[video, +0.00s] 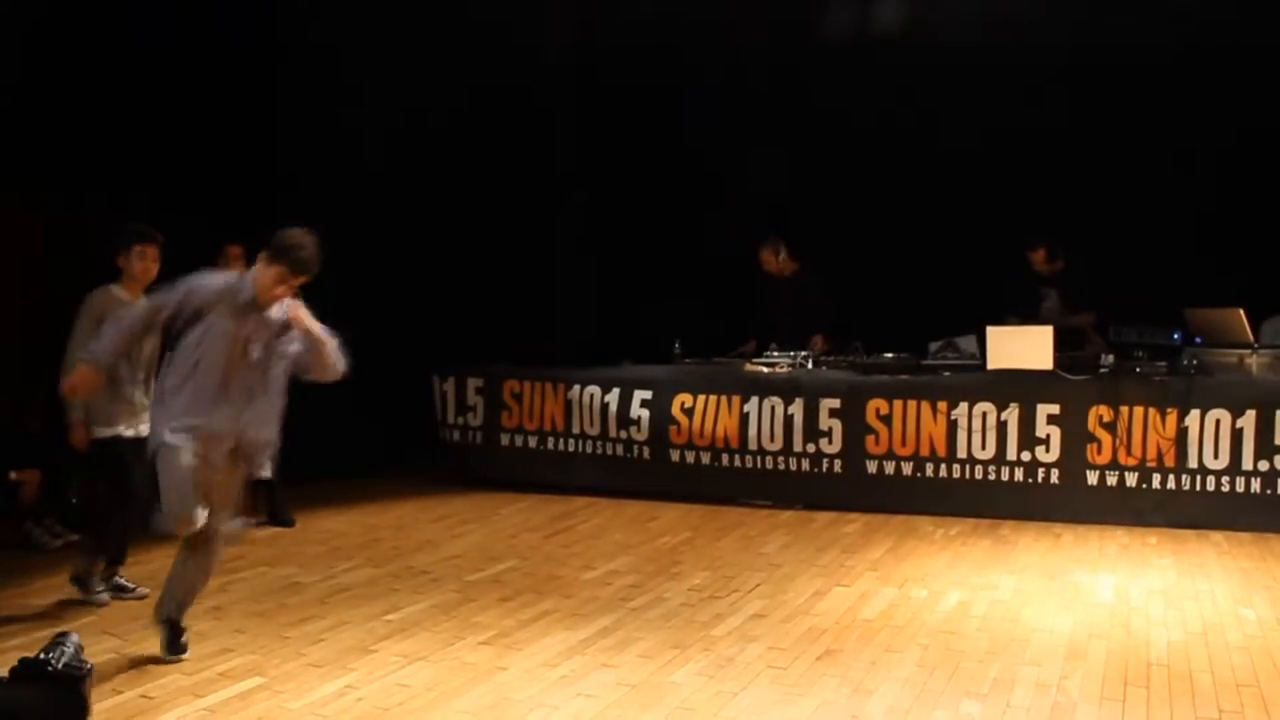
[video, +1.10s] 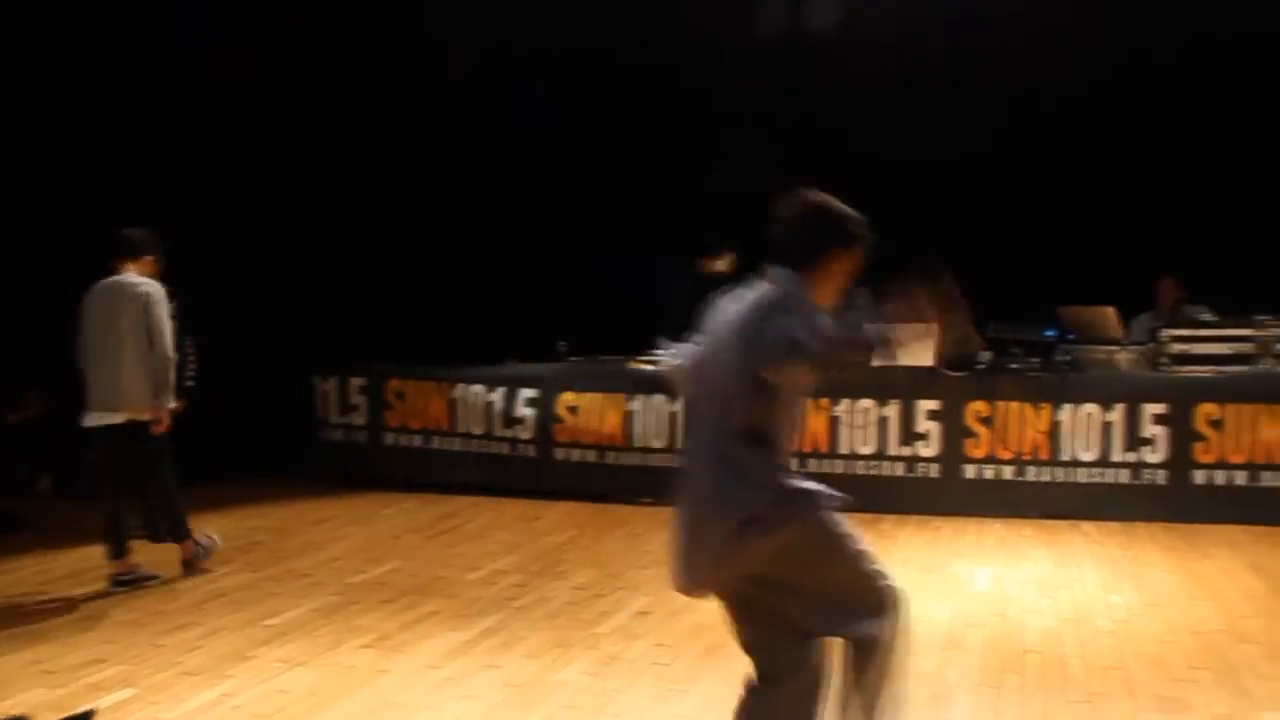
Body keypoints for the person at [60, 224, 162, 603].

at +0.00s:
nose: (149, 266)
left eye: (154, 259)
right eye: (142, 258)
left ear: (159, 265)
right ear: (124, 261)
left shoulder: (151, 309)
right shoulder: (102, 302)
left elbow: (148, 367)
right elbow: (77, 361)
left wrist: (152, 413)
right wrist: (77, 418)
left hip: (138, 424)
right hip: (104, 425)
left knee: (130, 501)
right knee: (105, 501)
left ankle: (113, 569)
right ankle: (87, 569)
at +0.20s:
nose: (173, 257)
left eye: (177, 250)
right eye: (165, 249)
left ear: (182, 256)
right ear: (147, 254)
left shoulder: (174, 301)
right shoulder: (128, 295)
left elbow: (172, 359)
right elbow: (105, 355)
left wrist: (172, 404)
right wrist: (108, 410)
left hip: (159, 417)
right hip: (129, 419)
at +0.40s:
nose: (207, 268)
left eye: (210, 259)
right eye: (201, 258)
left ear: (208, 262)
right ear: (181, 258)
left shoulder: (186, 304)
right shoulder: (160, 300)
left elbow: (179, 372)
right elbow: (144, 360)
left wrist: (193, 422)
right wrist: (143, 418)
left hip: (184, 422)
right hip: (164, 425)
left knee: (187, 490)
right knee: (174, 495)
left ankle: (149, 543)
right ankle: (167, 572)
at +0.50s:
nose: (214, 250)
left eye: (217, 242)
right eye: (207, 241)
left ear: (215, 246)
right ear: (186, 244)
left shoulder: (195, 287)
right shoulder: (179, 285)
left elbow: (188, 348)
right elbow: (167, 345)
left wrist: (192, 401)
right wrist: (166, 403)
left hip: (194, 413)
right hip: (176, 416)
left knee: (195, 487)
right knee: (174, 492)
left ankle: (181, 558)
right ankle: (165, 571)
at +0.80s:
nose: (212, 277)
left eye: (215, 270)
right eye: (212, 268)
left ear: (188, 261)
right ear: (199, 261)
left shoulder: (154, 295)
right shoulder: (182, 289)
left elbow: (147, 363)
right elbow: (186, 349)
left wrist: (154, 416)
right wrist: (198, 399)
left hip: (167, 412)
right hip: (186, 411)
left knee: (193, 486)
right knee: (187, 487)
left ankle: (203, 560)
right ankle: (140, 557)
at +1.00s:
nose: (179, 279)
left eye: (179, 273)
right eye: (179, 272)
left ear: (145, 265)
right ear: (169, 266)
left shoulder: (118, 299)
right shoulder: (165, 292)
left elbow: (116, 364)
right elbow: (176, 352)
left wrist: (124, 421)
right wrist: (181, 407)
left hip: (135, 412)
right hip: (164, 410)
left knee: (151, 482)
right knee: (184, 473)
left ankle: (153, 560)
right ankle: (182, 550)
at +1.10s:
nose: (156, 269)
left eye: (154, 264)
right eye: (155, 264)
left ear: (120, 261)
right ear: (148, 261)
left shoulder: (95, 294)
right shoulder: (151, 292)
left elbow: (87, 353)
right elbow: (164, 351)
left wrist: (102, 396)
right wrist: (164, 402)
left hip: (101, 417)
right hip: (141, 414)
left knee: (113, 490)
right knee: (160, 481)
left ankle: (121, 562)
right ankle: (188, 546)